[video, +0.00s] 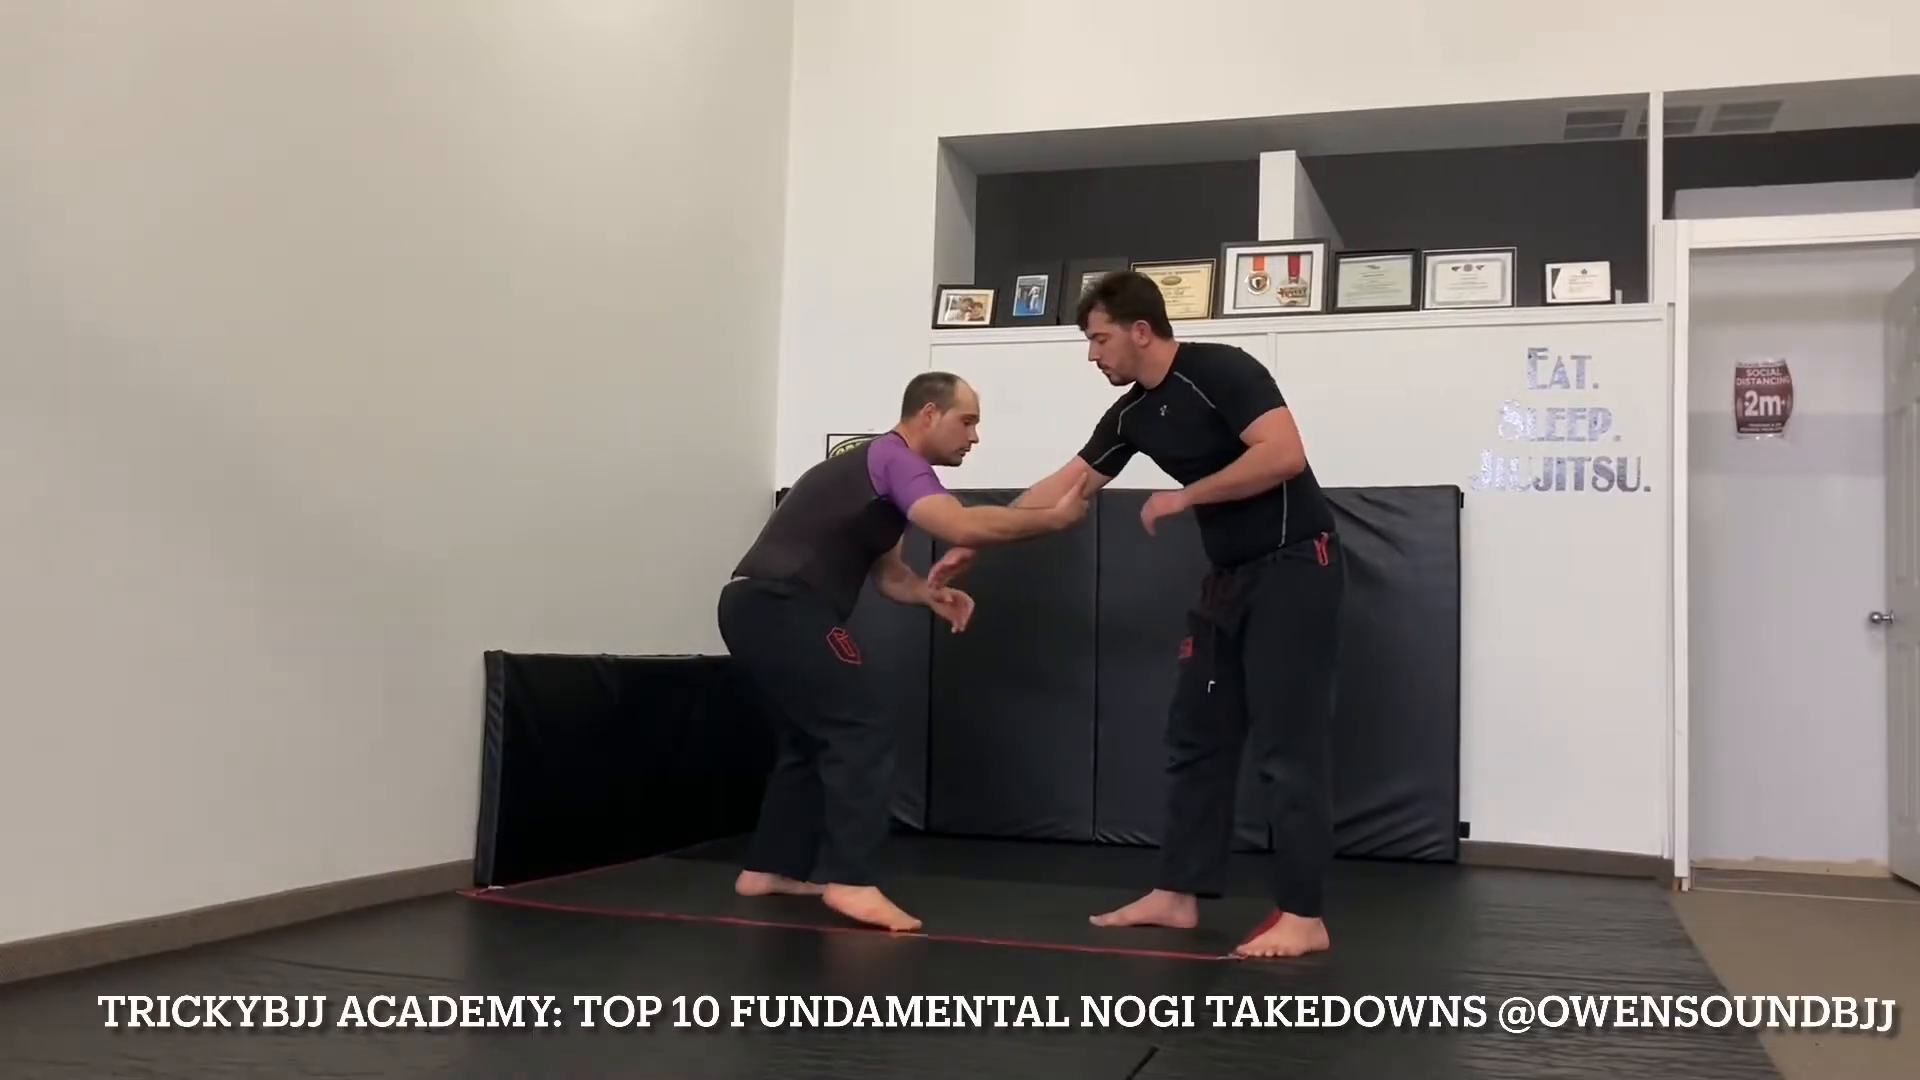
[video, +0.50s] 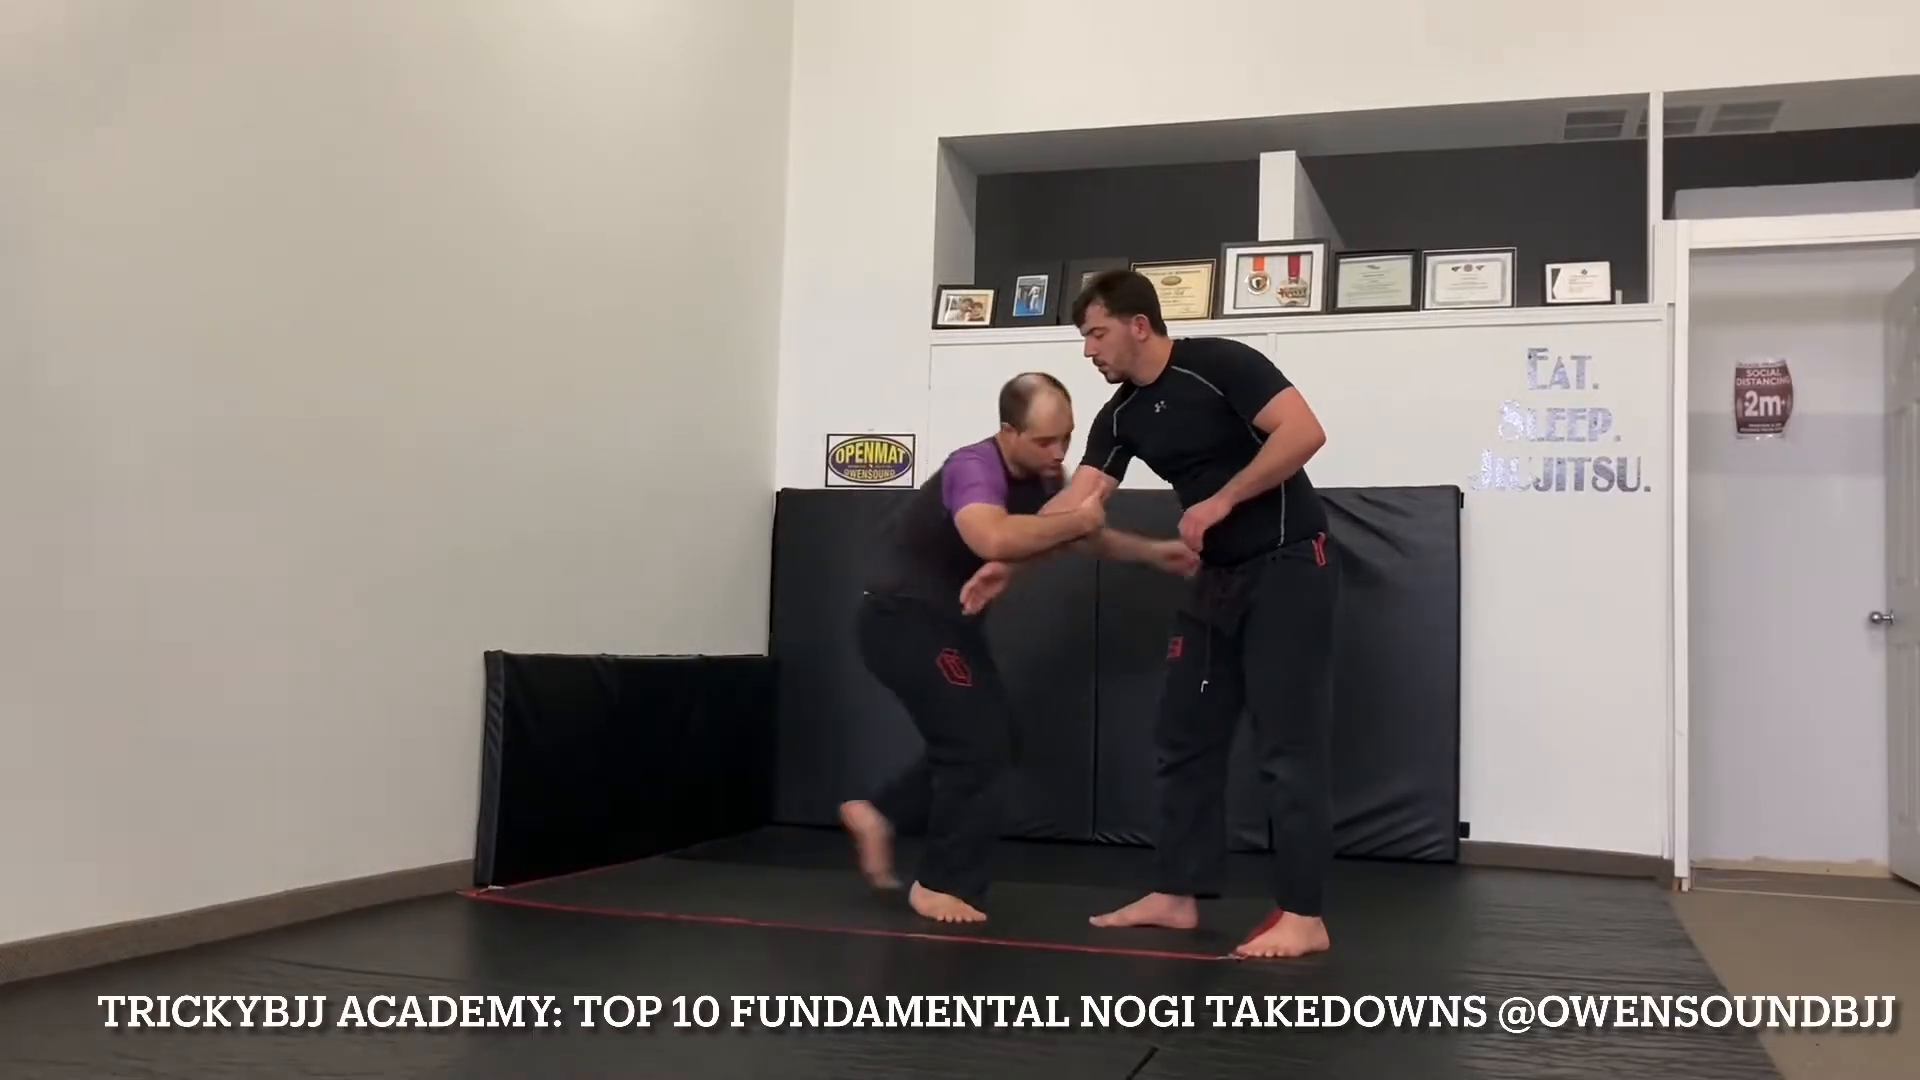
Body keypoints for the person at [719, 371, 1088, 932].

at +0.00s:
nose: (975, 436)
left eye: (976, 424)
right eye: (967, 422)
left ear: (924, 418)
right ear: (929, 414)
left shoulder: (871, 459)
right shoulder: (895, 456)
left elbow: (885, 569)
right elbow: (957, 525)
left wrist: (932, 594)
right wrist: (1050, 516)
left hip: (755, 603)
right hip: (787, 607)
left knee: (807, 738)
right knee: (860, 729)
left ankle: (771, 866)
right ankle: (851, 881)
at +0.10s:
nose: (987, 436)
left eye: (989, 424)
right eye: (979, 422)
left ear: (937, 420)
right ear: (940, 416)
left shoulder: (895, 468)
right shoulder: (902, 452)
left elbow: (898, 576)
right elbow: (944, 518)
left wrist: (944, 604)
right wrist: (1041, 513)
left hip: (773, 603)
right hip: (793, 605)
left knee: (813, 739)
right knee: (880, 722)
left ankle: (771, 867)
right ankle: (889, 878)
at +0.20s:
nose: (1005, 440)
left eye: (1008, 428)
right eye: (998, 426)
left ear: (956, 425)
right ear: (957, 420)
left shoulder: (915, 468)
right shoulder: (919, 454)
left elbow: (924, 571)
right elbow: (942, 516)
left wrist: (977, 604)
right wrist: (1038, 511)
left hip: (789, 607)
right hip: (815, 612)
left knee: (824, 744)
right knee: (909, 729)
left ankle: (774, 866)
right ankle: (929, 876)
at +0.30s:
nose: (1029, 448)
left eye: (1032, 436)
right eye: (1021, 435)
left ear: (981, 430)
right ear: (980, 427)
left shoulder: (951, 476)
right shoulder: (940, 461)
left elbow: (966, 565)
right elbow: (953, 519)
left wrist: (1027, 597)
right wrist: (1043, 513)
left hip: (818, 617)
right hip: (842, 621)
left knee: (850, 745)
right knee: (934, 730)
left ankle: (779, 863)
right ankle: (934, 882)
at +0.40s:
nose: (1049, 452)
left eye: (1053, 440)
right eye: (1041, 439)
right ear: (999, 430)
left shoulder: (1000, 484)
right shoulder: (959, 464)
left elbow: (1017, 554)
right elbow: (972, 526)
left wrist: (1086, 579)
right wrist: (1064, 516)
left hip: (897, 623)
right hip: (873, 620)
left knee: (902, 750)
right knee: (960, 737)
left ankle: (806, 834)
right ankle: (937, 884)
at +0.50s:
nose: (1059, 454)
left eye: (1064, 441)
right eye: (1045, 442)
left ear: (1069, 430)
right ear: (1009, 432)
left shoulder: (1043, 480)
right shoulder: (973, 467)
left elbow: (1083, 538)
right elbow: (992, 539)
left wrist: (1156, 551)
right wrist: (1072, 516)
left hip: (953, 620)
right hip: (903, 615)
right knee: (974, 739)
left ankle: (881, 813)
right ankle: (940, 885)